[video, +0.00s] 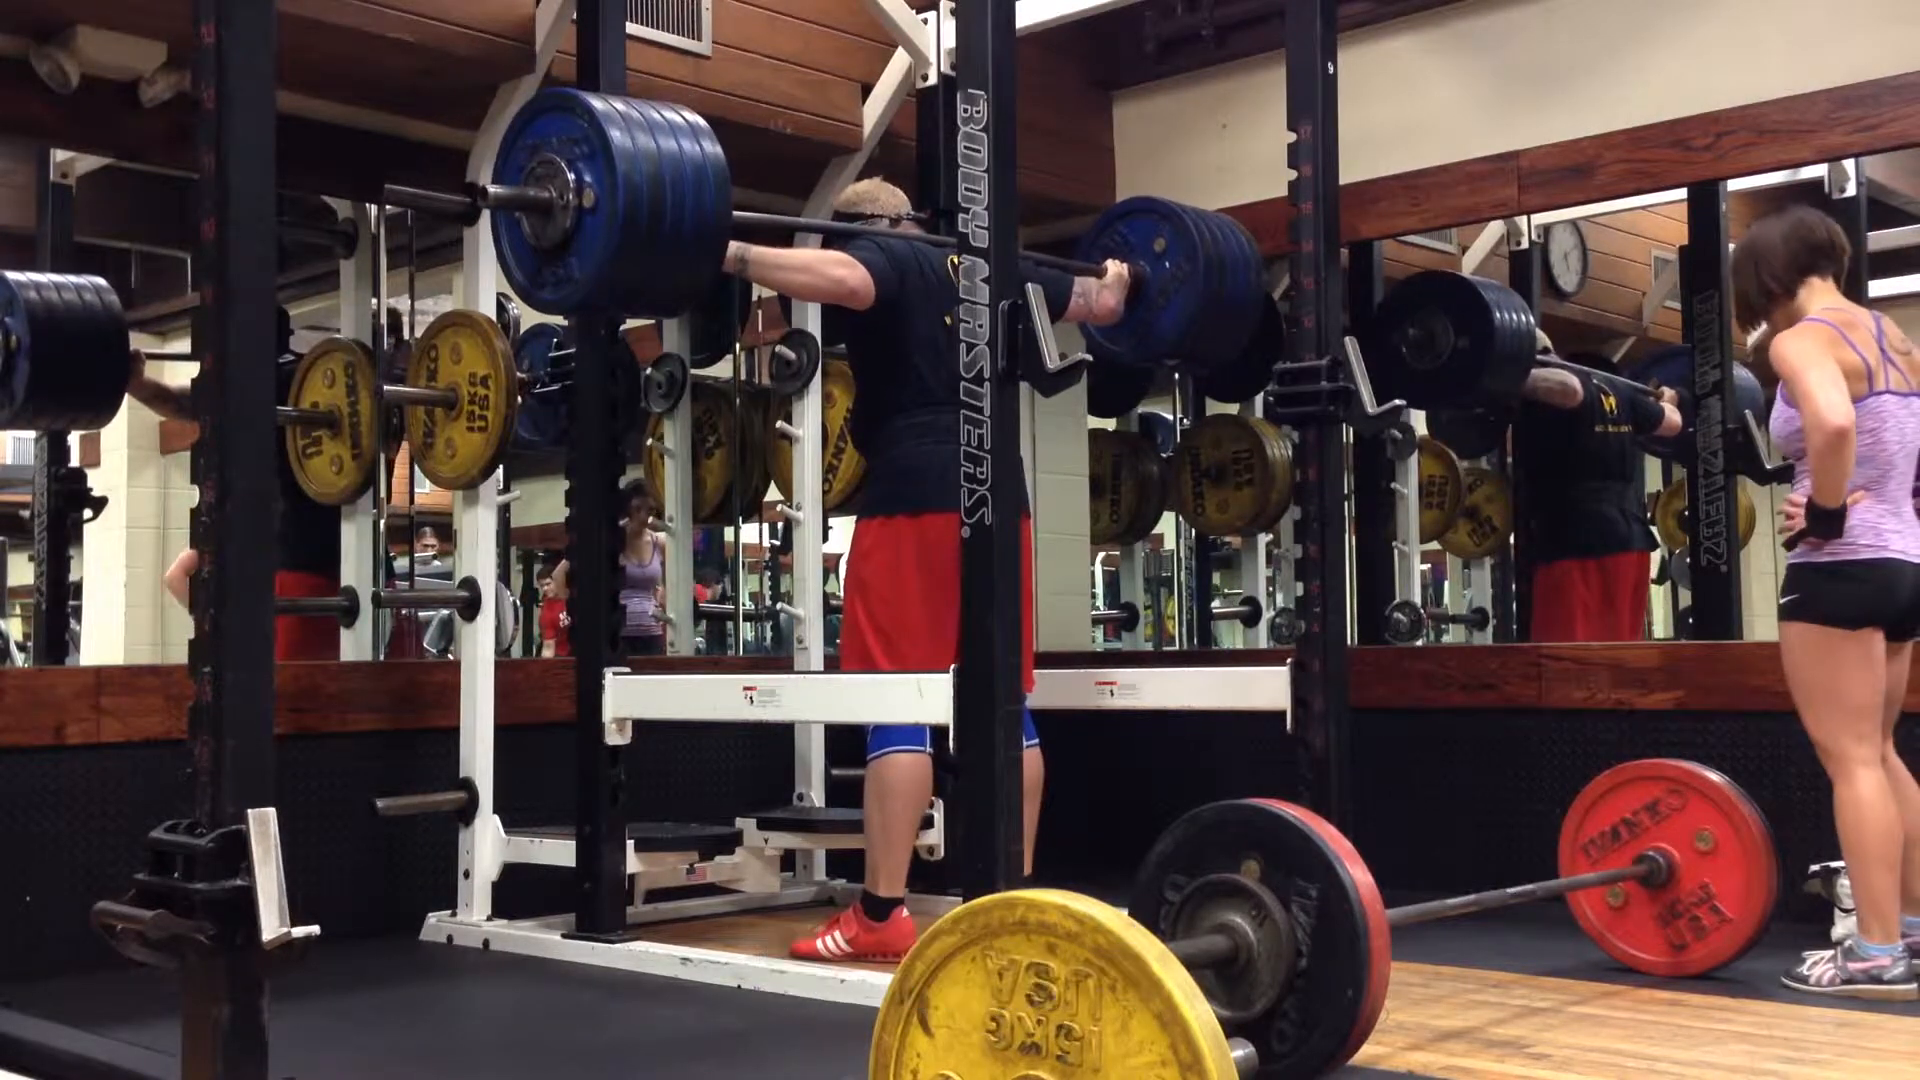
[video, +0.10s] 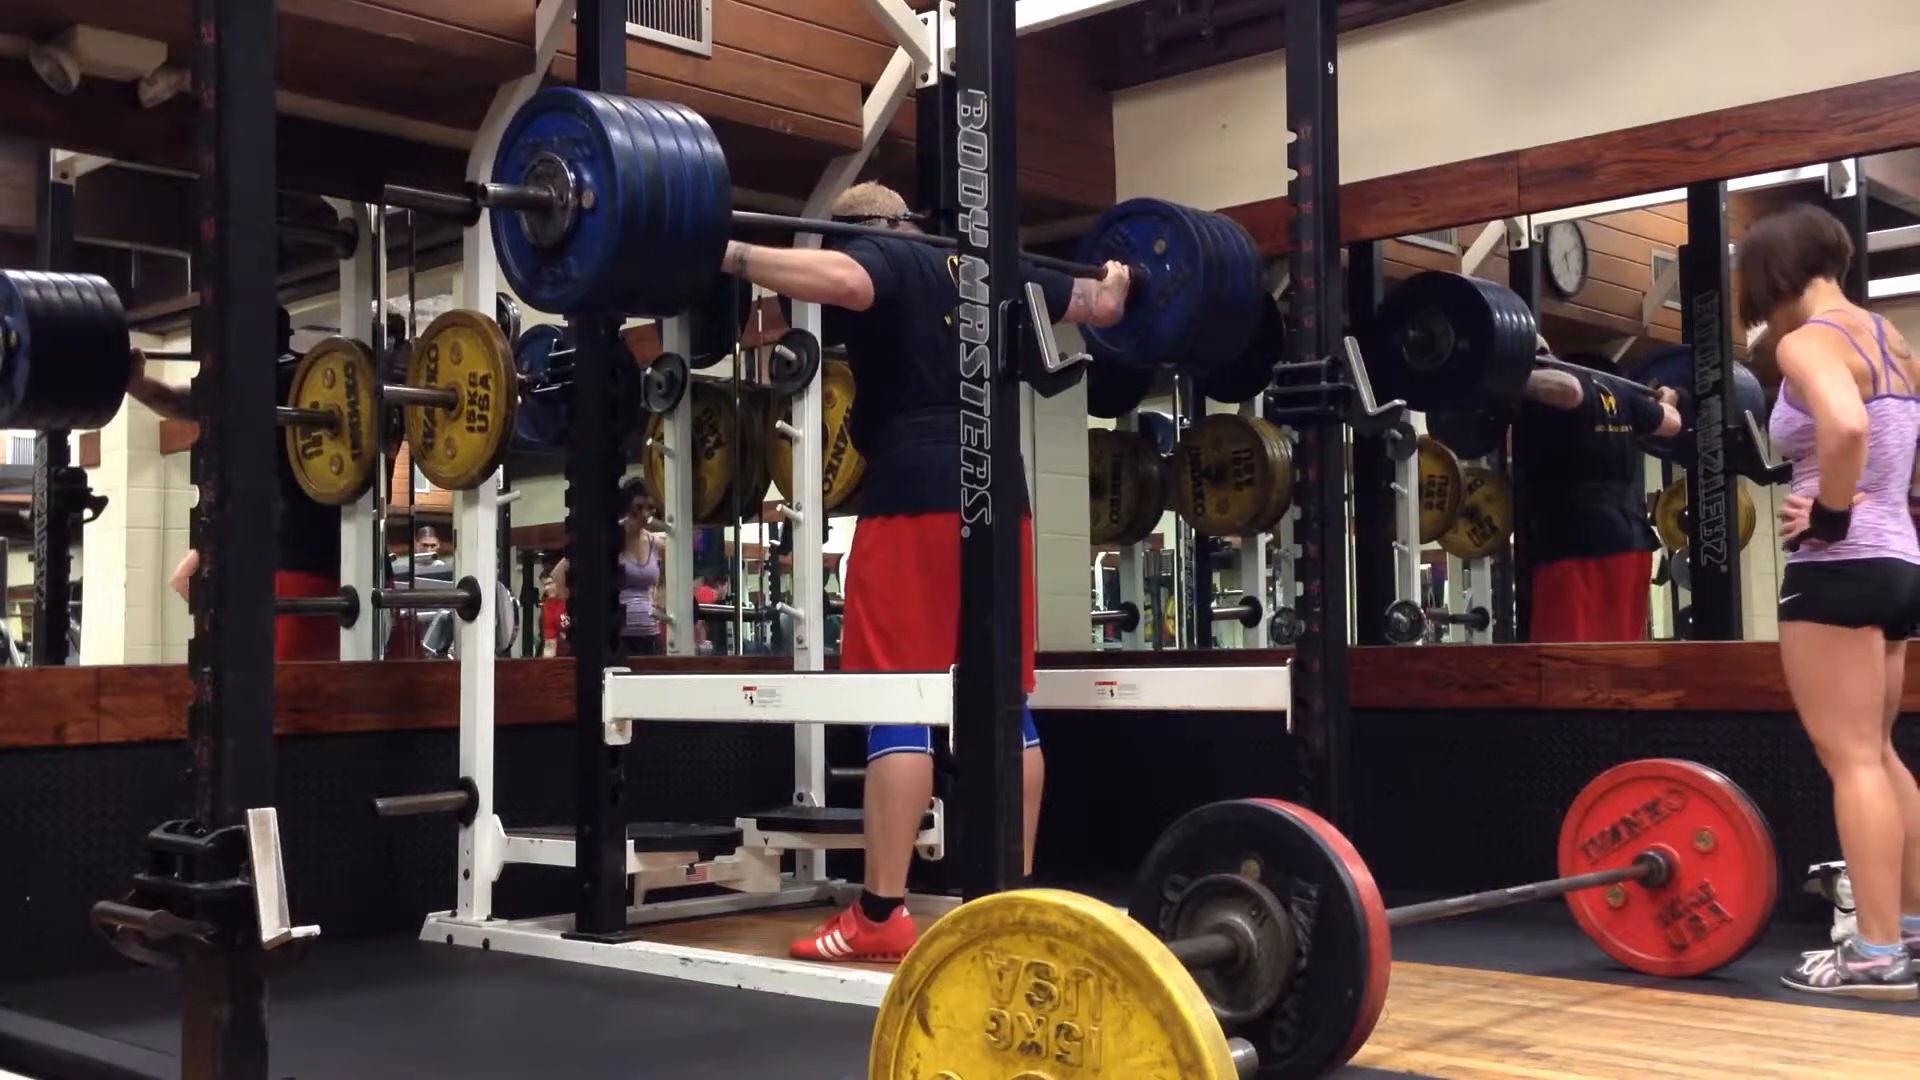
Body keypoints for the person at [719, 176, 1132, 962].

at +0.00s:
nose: (834, 259)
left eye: (833, 244)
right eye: (835, 245)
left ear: (854, 232)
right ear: (907, 216)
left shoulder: (884, 249)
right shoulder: (982, 263)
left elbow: (849, 284)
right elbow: (1096, 300)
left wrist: (735, 254)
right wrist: (1117, 271)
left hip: (915, 502)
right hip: (1002, 502)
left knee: (897, 707)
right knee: (1007, 709)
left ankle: (882, 910)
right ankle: (1010, 903)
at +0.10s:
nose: (836, 259)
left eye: (835, 244)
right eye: (836, 244)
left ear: (855, 233)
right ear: (908, 217)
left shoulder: (881, 250)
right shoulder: (985, 265)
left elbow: (849, 285)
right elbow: (1096, 302)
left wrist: (735, 254)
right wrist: (1114, 278)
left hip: (915, 500)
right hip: (1002, 501)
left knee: (898, 706)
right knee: (1008, 709)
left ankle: (882, 909)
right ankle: (1010, 903)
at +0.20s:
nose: (833, 250)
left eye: (834, 237)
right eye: (833, 238)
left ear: (858, 227)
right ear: (906, 218)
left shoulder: (880, 251)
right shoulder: (992, 266)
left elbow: (847, 282)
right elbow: (1098, 304)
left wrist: (732, 250)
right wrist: (1119, 276)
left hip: (916, 503)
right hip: (1004, 504)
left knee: (898, 708)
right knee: (1008, 712)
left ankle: (882, 910)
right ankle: (1010, 903)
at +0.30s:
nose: (831, 254)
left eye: (832, 243)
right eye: (829, 244)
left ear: (857, 232)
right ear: (906, 221)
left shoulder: (878, 250)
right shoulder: (992, 265)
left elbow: (848, 279)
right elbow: (1097, 303)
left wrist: (732, 249)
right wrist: (1119, 281)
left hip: (916, 502)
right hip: (1004, 502)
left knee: (902, 709)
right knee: (1009, 713)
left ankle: (881, 909)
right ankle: (1012, 904)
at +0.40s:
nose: (833, 253)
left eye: (833, 243)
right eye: (829, 244)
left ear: (857, 232)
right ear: (906, 222)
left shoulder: (880, 251)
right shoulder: (992, 265)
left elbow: (847, 277)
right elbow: (1098, 304)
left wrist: (730, 246)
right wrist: (1119, 283)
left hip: (916, 501)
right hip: (1004, 503)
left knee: (902, 709)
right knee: (1008, 713)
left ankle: (881, 910)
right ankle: (1012, 904)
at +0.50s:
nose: (835, 250)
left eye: (833, 241)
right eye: (831, 243)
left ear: (856, 232)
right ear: (904, 222)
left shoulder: (878, 249)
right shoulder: (988, 264)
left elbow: (848, 276)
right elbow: (1097, 306)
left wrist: (730, 245)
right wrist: (1120, 284)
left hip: (915, 500)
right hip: (1002, 500)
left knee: (899, 707)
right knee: (1007, 710)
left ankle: (881, 911)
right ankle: (1013, 903)